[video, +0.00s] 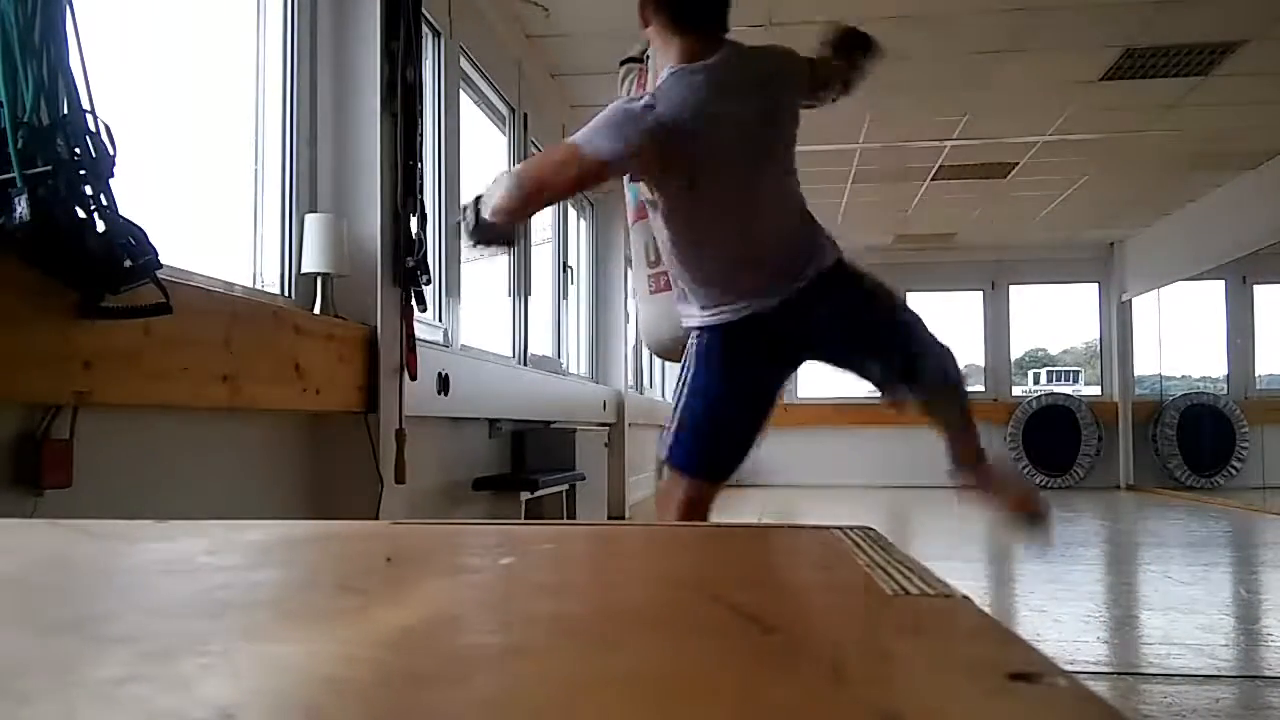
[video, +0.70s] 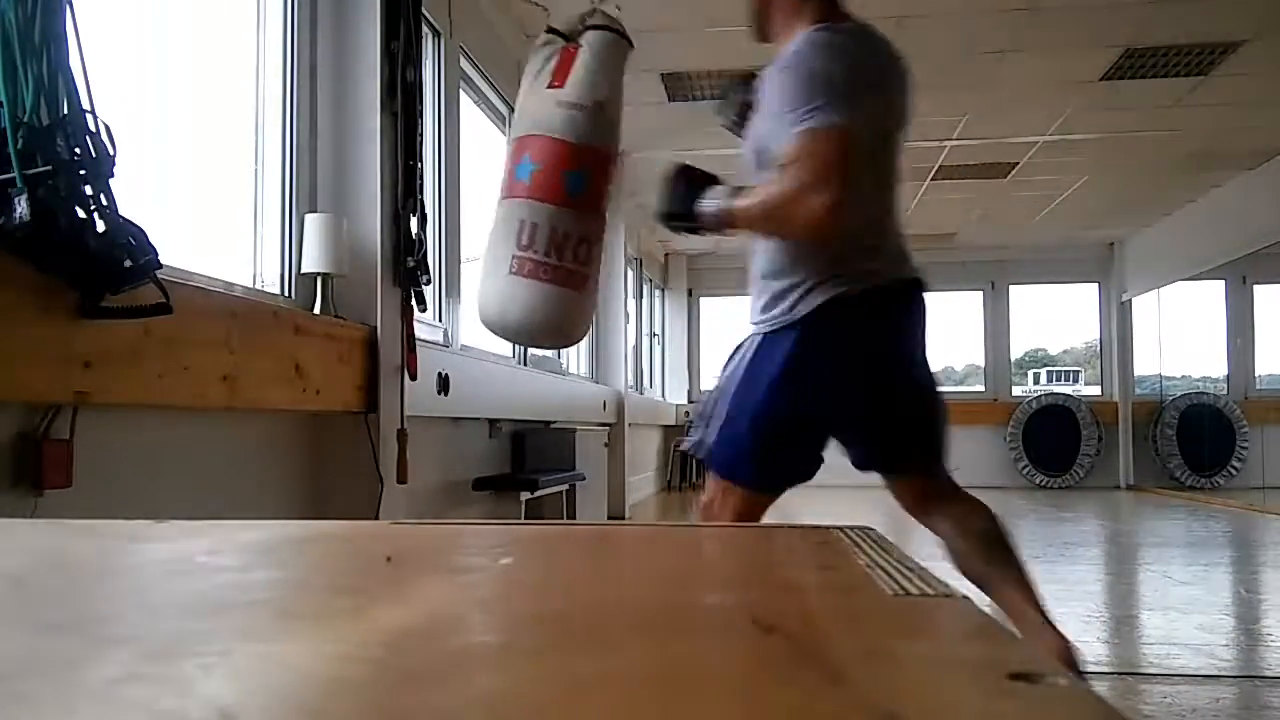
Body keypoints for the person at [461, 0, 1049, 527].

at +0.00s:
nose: (639, 22)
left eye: (640, 15)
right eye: (645, 16)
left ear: (650, 16)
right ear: (718, 15)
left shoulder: (646, 118)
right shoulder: (768, 67)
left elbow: (535, 184)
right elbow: (828, 81)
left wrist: (493, 216)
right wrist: (851, 51)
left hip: (733, 328)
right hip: (822, 286)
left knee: (684, 500)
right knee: (931, 366)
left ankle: (665, 641)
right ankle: (972, 467)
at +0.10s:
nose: (598, 47)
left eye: (602, 35)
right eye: (601, 32)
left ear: (615, 46)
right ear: (675, 31)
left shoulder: (636, 147)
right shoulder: (743, 93)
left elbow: (528, 203)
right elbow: (841, 115)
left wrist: (574, 149)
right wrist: (930, 117)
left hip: (779, 327)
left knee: (727, 497)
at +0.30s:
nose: (560, 105)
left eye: (559, 93)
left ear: (569, 105)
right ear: (647, 68)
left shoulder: (602, 226)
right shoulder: (723, 107)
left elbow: (587, 301)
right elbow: (830, 131)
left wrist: (584, 194)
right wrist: (895, 150)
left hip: (787, 355)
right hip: (838, 266)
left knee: (746, 516)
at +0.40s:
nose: (584, 73)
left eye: (584, 58)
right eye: (585, 57)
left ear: (594, 67)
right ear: (662, 42)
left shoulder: (628, 186)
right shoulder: (743, 83)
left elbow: (610, 309)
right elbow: (847, 118)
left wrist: (597, 223)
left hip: (785, 344)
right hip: (842, 268)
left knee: (738, 516)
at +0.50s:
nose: (633, 35)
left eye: (635, 20)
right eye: (635, 21)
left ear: (651, 19)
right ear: (708, 12)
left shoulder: (666, 133)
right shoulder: (773, 52)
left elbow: (645, 282)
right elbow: (835, 117)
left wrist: (612, 187)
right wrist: (755, 138)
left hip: (777, 332)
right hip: (853, 277)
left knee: (722, 510)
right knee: (850, 355)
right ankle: (915, 493)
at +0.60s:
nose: (689, 14)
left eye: (694, 3)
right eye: (693, 4)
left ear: (712, 7)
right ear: (769, 1)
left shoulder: (732, 90)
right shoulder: (824, 50)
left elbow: (707, 239)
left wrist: (643, 181)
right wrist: (710, 88)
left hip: (783, 325)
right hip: (864, 296)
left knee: (710, 506)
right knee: (888, 435)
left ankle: (709, 670)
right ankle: (965, 575)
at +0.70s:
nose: (752, 9)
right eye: (756, 0)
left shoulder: (807, 58)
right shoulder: (875, 54)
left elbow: (811, 198)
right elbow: (851, 167)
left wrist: (706, 206)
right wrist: (761, 114)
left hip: (809, 322)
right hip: (886, 312)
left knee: (723, 511)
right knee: (927, 491)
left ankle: (716, 692)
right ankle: (1049, 644)